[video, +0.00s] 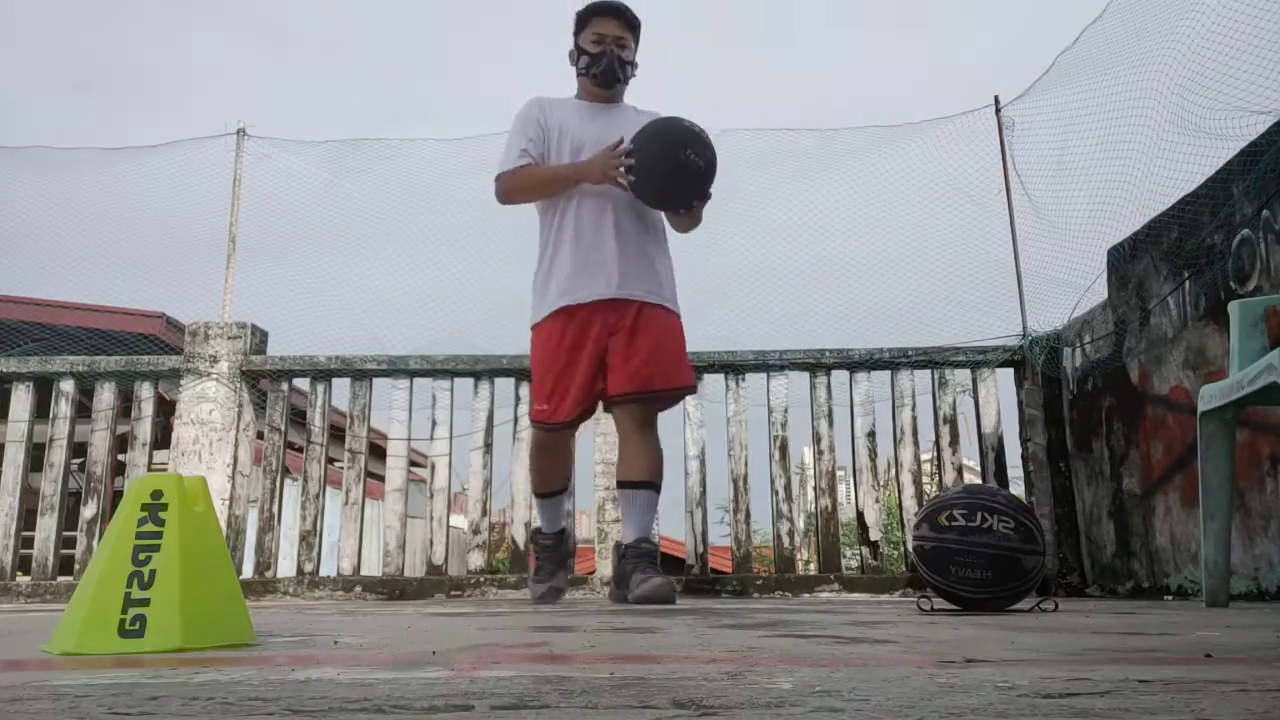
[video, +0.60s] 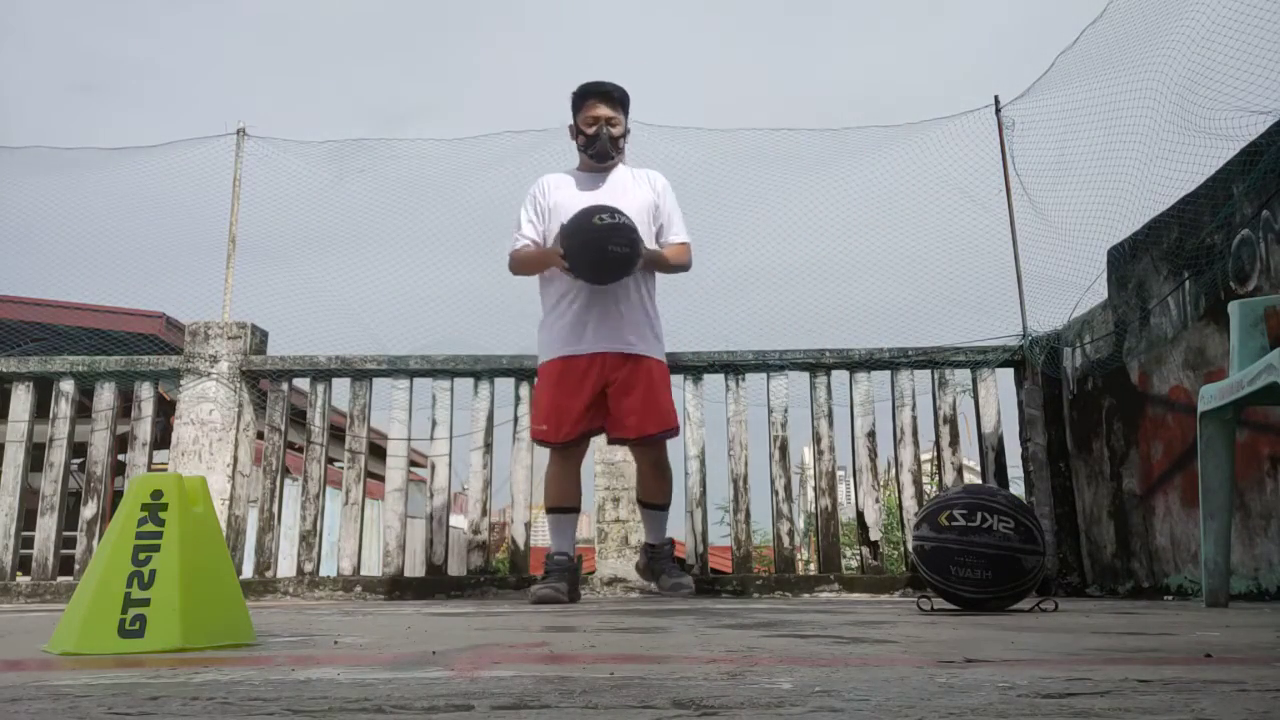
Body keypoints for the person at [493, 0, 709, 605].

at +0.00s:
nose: (610, 49)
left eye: (622, 43)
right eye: (598, 40)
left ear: (635, 58)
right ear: (575, 50)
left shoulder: (654, 128)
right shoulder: (543, 113)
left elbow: (684, 222)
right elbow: (509, 184)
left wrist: (685, 181)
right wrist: (587, 170)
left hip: (642, 291)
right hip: (565, 292)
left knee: (637, 414)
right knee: (551, 425)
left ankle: (638, 558)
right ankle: (553, 546)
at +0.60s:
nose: (602, 132)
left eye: (611, 125)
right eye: (592, 125)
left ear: (626, 129)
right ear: (575, 131)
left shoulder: (652, 185)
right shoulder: (547, 189)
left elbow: (681, 256)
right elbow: (518, 261)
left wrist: (644, 255)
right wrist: (555, 255)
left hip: (636, 343)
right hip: (568, 345)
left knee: (652, 447)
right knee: (565, 450)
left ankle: (656, 556)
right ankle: (561, 566)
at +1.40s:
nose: (646, 161)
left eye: (655, 153)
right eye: (636, 154)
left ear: (668, 159)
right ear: (621, 159)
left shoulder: (690, 214)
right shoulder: (594, 211)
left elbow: (708, 291)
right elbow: (563, 277)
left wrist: (720, 276)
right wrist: (593, 262)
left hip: (674, 359)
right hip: (613, 359)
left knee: (671, 460)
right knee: (612, 463)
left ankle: (659, 568)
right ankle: (606, 567)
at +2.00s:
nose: (688, 148)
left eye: (697, 140)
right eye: (678, 142)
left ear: (712, 148)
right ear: (664, 150)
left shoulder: (735, 208)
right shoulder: (638, 200)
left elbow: (753, 290)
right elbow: (612, 267)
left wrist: (758, 293)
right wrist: (629, 285)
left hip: (720, 353)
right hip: (654, 355)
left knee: (727, 454)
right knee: (633, 455)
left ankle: (735, 570)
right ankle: (609, 564)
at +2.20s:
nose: (712, 143)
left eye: (721, 135)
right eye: (702, 136)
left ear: (736, 143)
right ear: (686, 142)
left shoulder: (756, 203)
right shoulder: (658, 194)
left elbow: (773, 282)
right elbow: (633, 262)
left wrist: (777, 292)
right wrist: (617, 325)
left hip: (735, 351)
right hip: (671, 349)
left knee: (732, 452)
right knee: (665, 445)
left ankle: (735, 568)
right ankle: (652, 562)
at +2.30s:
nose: (718, 143)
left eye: (728, 135)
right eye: (708, 134)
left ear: (743, 142)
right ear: (692, 140)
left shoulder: (761, 203)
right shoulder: (662, 191)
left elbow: (778, 284)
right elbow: (634, 261)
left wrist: (783, 291)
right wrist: (613, 324)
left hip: (740, 350)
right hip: (676, 348)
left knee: (734, 452)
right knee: (671, 446)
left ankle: (735, 566)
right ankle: (665, 558)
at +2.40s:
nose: (720, 141)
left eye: (730, 133)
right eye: (710, 132)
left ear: (745, 141)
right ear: (694, 137)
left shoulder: (763, 200)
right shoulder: (663, 190)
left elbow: (780, 279)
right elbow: (633, 259)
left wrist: (785, 294)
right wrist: (612, 321)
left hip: (740, 349)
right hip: (674, 346)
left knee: (736, 451)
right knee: (662, 438)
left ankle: (735, 566)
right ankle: (652, 555)